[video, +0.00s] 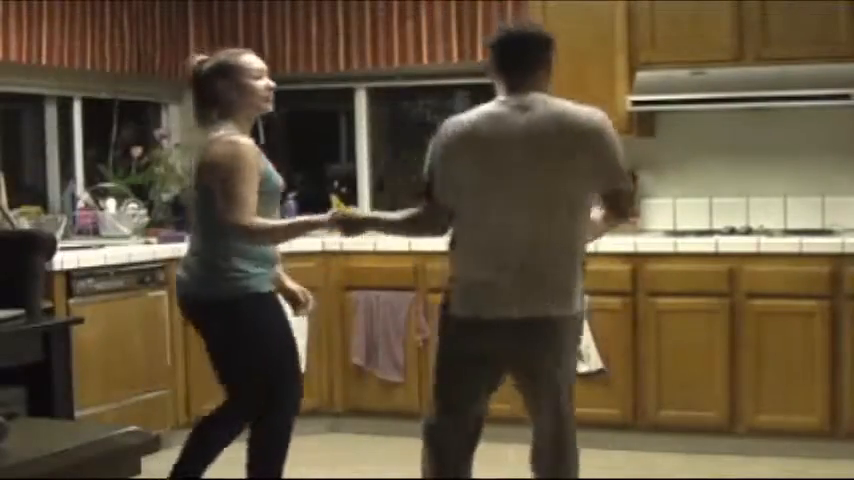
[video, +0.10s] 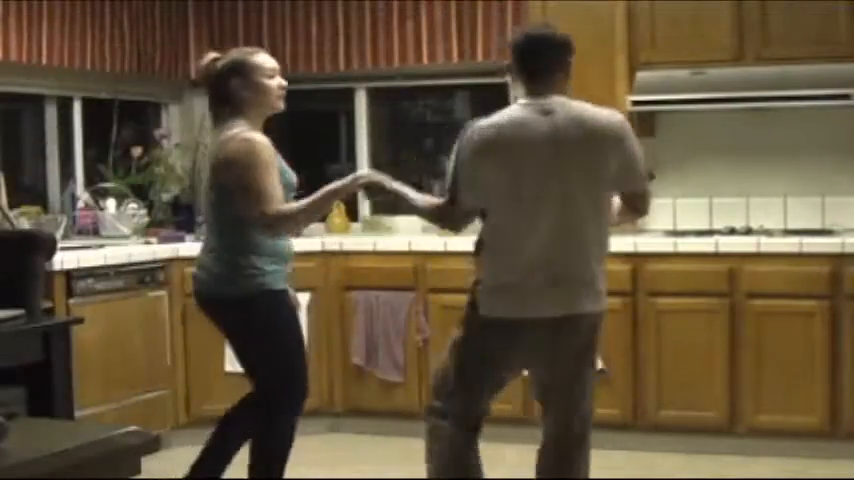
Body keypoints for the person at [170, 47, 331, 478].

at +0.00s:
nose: (271, 84)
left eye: (268, 76)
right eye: (259, 77)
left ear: (235, 92)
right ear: (228, 88)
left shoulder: (223, 146)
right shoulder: (236, 148)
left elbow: (235, 232)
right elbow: (239, 223)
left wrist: (280, 280)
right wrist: (316, 223)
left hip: (211, 291)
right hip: (236, 293)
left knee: (245, 398)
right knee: (282, 393)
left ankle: (183, 474)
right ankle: (264, 474)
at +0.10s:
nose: (283, 83)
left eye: (280, 75)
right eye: (272, 76)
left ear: (244, 90)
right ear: (241, 87)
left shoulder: (234, 141)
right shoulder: (249, 145)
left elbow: (265, 218)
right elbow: (273, 220)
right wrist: (345, 187)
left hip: (229, 286)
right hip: (250, 288)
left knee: (270, 390)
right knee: (287, 391)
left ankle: (202, 473)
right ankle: (266, 474)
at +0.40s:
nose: (306, 92)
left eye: (303, 84)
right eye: (296, 86)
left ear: (262, 97)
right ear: (265, 95)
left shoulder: (241, 145)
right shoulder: (287, 152)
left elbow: (254, 225)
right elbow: (342, 219)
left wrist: (302, 266)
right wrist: (405, 190)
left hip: (243, 282)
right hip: (275, 289)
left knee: (296, 387)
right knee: (307, 391)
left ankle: (262, 473)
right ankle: (267, 474)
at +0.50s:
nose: (315, 91)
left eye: (312, 83)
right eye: (304, 85)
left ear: (272, 97)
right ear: (274, 95)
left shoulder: (256, 144)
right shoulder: (292, 151)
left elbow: (283, 221)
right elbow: (350, 214)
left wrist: (347, 242)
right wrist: (416, 191)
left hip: (254, 281)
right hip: (279, 287)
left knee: (302, 386)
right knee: (322, 389)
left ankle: (261, 473)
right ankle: (269, 474)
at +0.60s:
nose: (330, 85)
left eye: (327, 76)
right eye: (319, 78)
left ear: (291, 89)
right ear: (288, 87)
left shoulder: (285, 141)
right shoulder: (295, 143)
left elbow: (313, 224)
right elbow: (357, 204)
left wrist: (386, 226)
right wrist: (426, 182)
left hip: (274, 276)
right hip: (284, 279)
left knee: (299, 379)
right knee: (347, 378)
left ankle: (252, 474)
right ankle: (304, 472)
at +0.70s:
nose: (352, 84)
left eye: (349, 77)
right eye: (340, 78)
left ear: (328, 89)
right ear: (309, 88)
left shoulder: (340, 140)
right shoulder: (308, 146)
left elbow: (364, 216)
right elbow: (368, 205)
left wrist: (423, 215)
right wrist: (442, 187)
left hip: (318, 280)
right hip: (295, 281)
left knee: (303, 383)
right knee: (362, 375)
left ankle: (246, 472)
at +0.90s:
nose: (416, 96)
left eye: (414, 89)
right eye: (405, 90)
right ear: (374, 102)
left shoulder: (417, 156)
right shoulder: (368, 161)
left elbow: (442, 220)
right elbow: (419, 224)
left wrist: (496, 203)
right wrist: (496, 208)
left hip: (400, 293)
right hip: (369, 294)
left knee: (381, 398)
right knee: (443, 384)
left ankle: (283, 451)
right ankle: (437, 475)